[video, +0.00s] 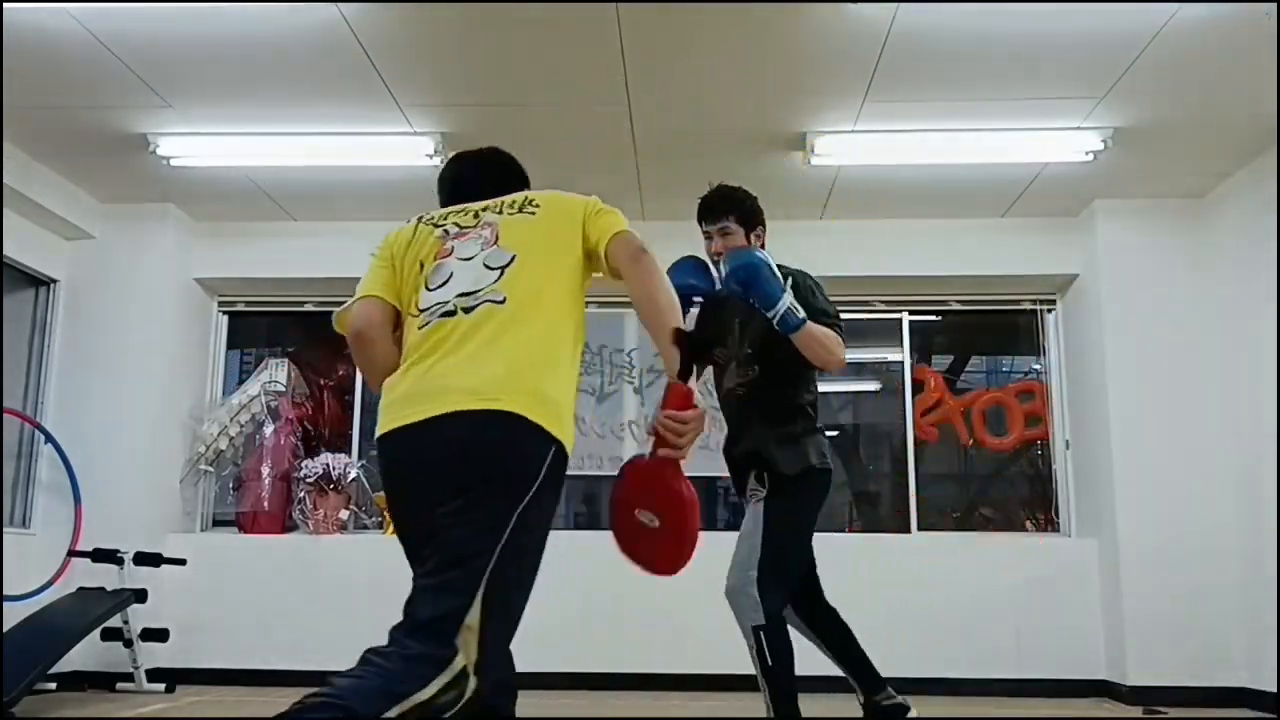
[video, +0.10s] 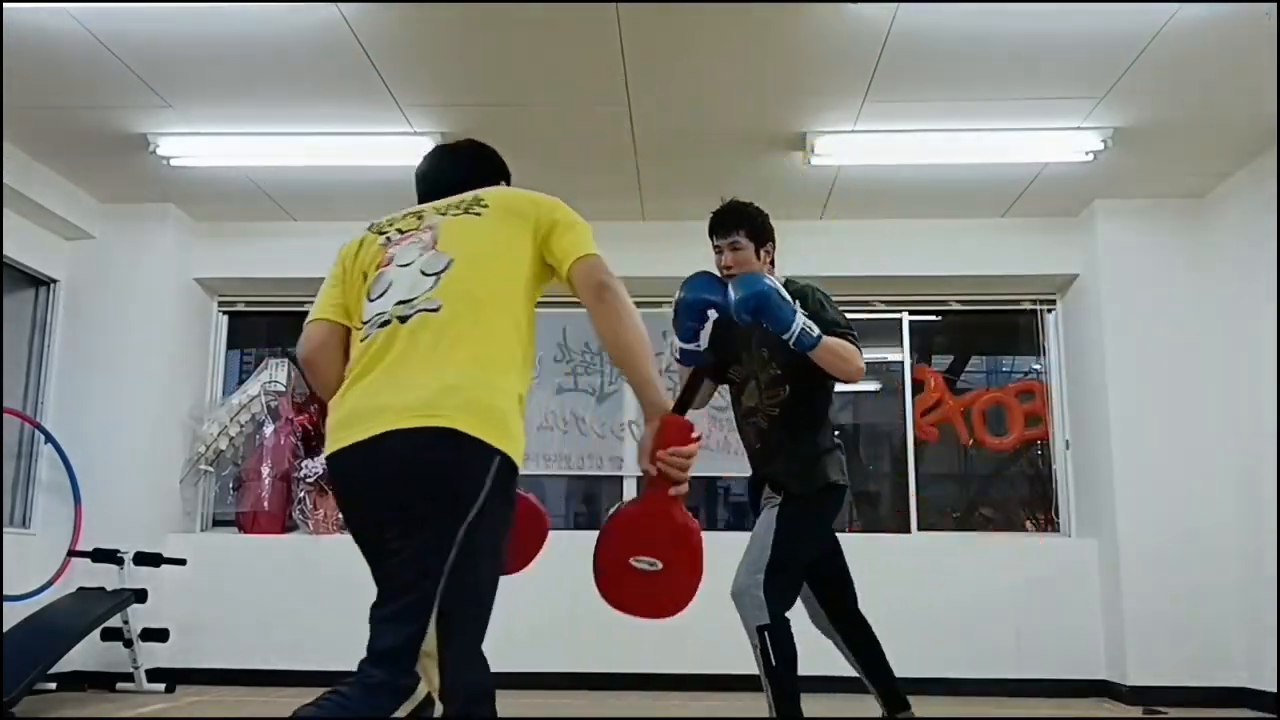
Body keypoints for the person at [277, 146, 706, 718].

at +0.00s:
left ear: (445, 202)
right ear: (525, 188)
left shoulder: (407, 235)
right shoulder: (570, 207)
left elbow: (365, 322)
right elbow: (634, 256)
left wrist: (409, 403)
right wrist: (681, 377)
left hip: (407, 433)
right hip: (515, 423)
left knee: (474, 643)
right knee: (438, 645)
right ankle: (319, 711)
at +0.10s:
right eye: (509, 187)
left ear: (420, 195)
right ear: (500, 182)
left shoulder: (366, 241)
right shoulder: (529, 206)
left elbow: (316, 349)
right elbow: (599, 284)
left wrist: (373, 422)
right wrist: (658, 410)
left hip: (355, 449)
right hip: (461, 436)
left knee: (450, 654)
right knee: (402, 665)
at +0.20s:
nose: (501, 166)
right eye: (500, 158)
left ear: (408, 155)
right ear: (485, 148)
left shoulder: (341, 212)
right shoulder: (488, 171)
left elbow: (270, 337)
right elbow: (514, 278)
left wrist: (338, 417)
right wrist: (584, 419)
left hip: (306, 440)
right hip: (400, 426)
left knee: (418, 653)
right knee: (345, 666)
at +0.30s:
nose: (486, 132)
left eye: (487, 120)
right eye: (487, 116)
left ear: (391, 99)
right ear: (464, 98)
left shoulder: (316, 170)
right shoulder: (442, 128)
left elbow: (235, 298)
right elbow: (431, 243)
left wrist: (310, 378)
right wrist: (495, 398)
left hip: (276, 423)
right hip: (350, 416)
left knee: (391, 640)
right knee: (309, 670)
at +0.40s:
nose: (467, 105)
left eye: (471, 87)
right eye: (470, 81)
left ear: (368, 55)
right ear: (442, 56)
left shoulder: (292, 131)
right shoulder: (404, 92)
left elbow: (215, 267)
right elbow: (370, 218)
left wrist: (338, 334)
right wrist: (430, 373)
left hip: (264, 400)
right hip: (322, 400)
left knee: (383, 621)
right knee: (285, 657)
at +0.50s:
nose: (452, 82)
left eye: (457, 61)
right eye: (454, 55)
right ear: (425, 29)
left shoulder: (285, 110)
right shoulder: (377, 74)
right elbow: (336, 198)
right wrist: (387, 358)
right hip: (292, 399)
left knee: (374, 609)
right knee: (268, 656)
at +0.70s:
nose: (445, 107)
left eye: (450, 85)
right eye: (448, 81)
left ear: (360, 54)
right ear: (416, 56)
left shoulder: (279, 127)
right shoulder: (357, 100)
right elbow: (292, 226)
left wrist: (349, 422)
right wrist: (310, 384)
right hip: (281, 426)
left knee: (357, 638)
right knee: (299, 669)